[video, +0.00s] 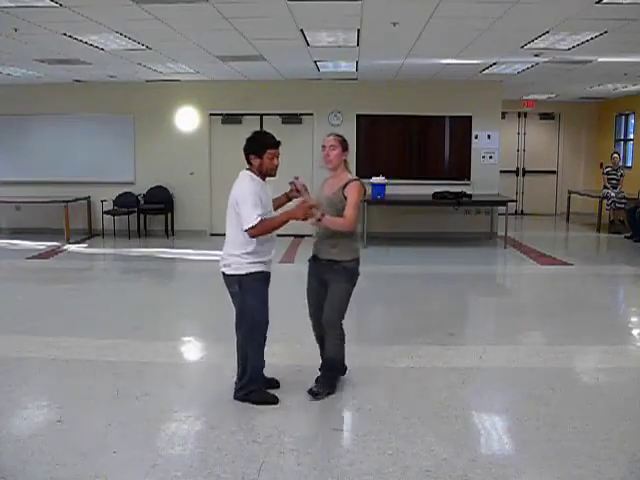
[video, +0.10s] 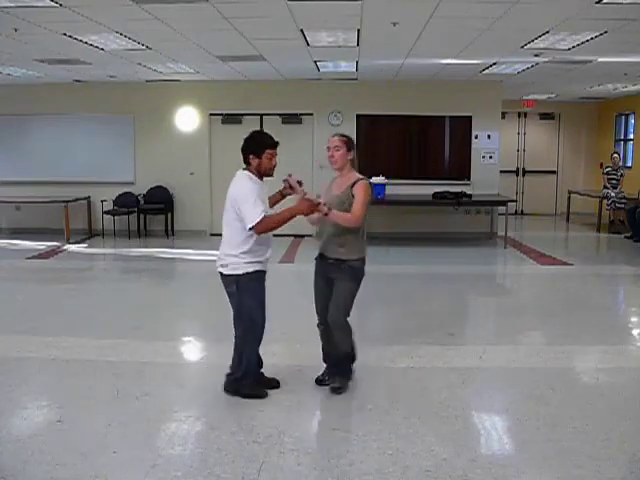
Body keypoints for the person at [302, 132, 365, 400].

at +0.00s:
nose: (327, 153)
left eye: (332, 148)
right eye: (324, 148)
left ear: (344, 153)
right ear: (322, 154)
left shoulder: (353, 185)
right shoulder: (326, 183)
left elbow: (349, 224)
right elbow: (321, 215)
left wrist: (321, 219)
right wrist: (305, 196)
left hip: (343, 264)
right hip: (320, 260)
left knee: (331, 320)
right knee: (317, 318)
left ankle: (328, 377)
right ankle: (334, 365)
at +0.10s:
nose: (332, 154)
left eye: (337, 149)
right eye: (329, 150)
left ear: (350, 153)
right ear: (328, 154)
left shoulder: (360, 184)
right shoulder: (331, 184)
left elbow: (355, 220)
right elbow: (322, 217)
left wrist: (327, 212)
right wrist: (303, 197)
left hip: (349, 262)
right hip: (326, 259)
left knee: (336, 318)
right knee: (324, 318)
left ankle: (343, 371)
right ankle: (331, 367)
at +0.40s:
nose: (352, 158)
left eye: (356, 153)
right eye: (352, 153)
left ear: (372, 155)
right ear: (366, 157)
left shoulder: (385, 185)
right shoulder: (362, 187)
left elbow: (368, 211)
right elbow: (343, 213)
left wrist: (337, 211)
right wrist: (313, 217)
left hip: (380, 265)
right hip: (357, 261)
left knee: (370, 318)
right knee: (339, 310)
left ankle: (385, 365)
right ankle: (330, 364)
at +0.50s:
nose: (359, 158)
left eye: (363, 153)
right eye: (359, 153)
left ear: (379, 156)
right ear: (374, 158)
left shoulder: (390, 186)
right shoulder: (372, 186)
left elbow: (368, 213)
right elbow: (356, 211)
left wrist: (333, 218)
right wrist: (328, 214)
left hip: (389, 263)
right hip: (370, 260)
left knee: (376, 318)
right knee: (350, 312)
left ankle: (386, 366)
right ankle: (341, 361)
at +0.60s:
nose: (364, 157)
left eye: (368, 152)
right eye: (365, 153)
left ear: (384, 156)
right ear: (382, 158)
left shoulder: (393, 186)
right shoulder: (380, 184)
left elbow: (364, 213)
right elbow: (364, 211)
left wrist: (330, 215)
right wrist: (331, 214)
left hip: (396, 261)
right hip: (379, 258)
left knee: (380, 312)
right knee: (362, 307)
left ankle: (387, 365)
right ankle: (375, 358)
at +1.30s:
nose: (337, 154)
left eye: (340, 150)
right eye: (338, 150)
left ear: (353, 154)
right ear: (354, 154)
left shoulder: (367, 185)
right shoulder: (350, 183)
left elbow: (345, 215)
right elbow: (343, 216)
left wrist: (314, 229)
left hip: (372, 262)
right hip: (348, 262)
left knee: (379, 318)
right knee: (332, 310)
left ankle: (389, 365)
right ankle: (354, 357)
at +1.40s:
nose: (327, 156)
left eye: (330, 152)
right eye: (328, 151)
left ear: (340, 156)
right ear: (349, 157)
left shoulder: (347, 188)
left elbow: (319, 217)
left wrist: (292, 233)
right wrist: (293, 231)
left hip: (358, 264)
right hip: (337, 263)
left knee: (364, 317)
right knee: (320, 312)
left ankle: (388, 362)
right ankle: (341, 366)